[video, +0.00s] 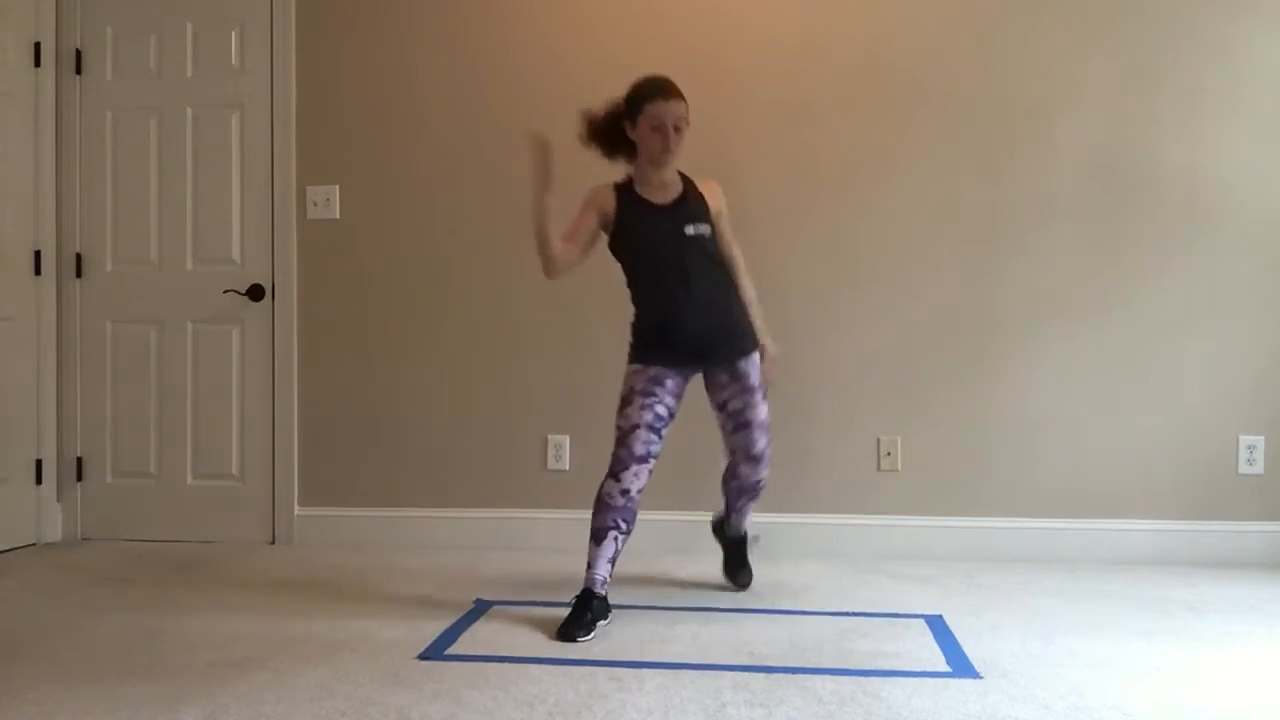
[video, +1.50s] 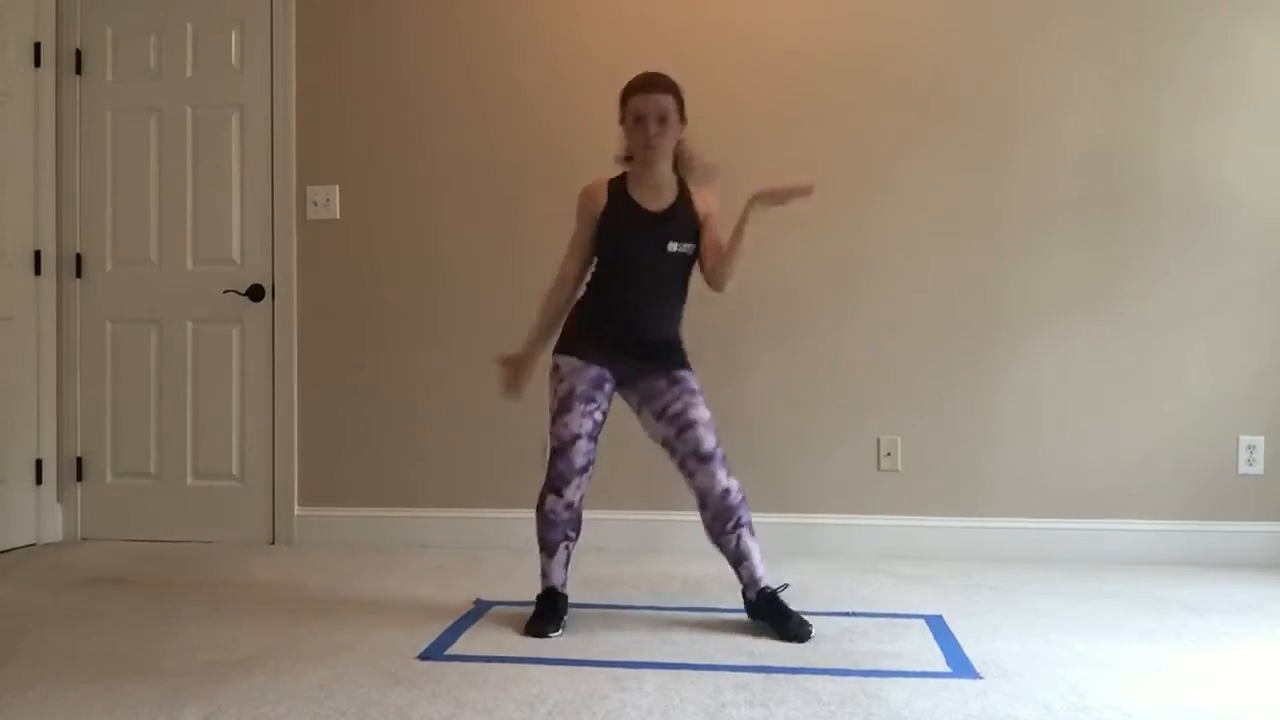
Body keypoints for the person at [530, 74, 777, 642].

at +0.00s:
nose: (672, 136)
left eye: (680, 125)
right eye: (659, 126)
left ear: (689, 130)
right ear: (633, 131)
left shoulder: (706, 193)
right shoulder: (609, 200)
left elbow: (735, 266)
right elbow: (555, 262)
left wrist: (761, 335)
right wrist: (542, 190)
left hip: (728, 340)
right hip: (660, 348)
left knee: (753, 453)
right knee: (628, 469)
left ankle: (734, 530)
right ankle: (594, 592)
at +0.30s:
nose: (699, 116)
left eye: (709, 104)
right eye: (688, 107)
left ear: (724, 109)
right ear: (672, 113)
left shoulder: (743, 178)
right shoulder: (649, 170)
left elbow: (768, 260)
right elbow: (595, 233)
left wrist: (836, 275)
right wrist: (525, 241)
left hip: (713, 324)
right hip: (649, 316)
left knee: (722, 437)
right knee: (631, 425)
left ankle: (726, 542)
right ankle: (635, 532)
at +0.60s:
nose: (678, 143)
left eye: (687, 132)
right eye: (666, 134)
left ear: (704, 135)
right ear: (651, 143)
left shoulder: (726, 201)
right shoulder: (634, 204)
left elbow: (749, 283)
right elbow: (617, 281)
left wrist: (787, 226)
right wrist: (593, 346)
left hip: (701, 351)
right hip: (636, 351)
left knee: (741, 449)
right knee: (633, 457)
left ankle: (726, 527)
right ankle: (640, 553)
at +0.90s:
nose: (702, 125)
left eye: (712, 114)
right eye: (690, 114)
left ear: (724, 118)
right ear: (667, 118)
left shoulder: (738, 180)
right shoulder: (638, 182)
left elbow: (761, 260)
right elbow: (592, 247)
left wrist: (781, 333)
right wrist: (576, 173)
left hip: (747, 324)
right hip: (683, 332)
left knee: (766, 447)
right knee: (674, 438)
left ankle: (798, 582)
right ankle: (682, 548)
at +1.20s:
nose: (697, 93)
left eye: (709, 82)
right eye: (687, 83)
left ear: (735, 88)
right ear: (676, 89)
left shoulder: (750, 163)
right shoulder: (653, 160)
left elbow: (786, 249)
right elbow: (595, 226)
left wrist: (855, 279)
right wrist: (515, 217)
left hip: (728, 324)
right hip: (658, 320)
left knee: (753, 450)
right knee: (618, 420)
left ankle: (797, 586)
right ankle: (631, 519)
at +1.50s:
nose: (650, 130)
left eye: (661, 120)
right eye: (638, 120)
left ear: (680, 128)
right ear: (623, 129)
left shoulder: (698, 203)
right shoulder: (600, 196)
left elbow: (718, 277)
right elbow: (569, 278)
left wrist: (751, 209)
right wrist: (529, 350)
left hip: (658, 357)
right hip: (587, 351)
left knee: (710, 469)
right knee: (567, 469)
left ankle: (759, 592)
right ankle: (552, 593)